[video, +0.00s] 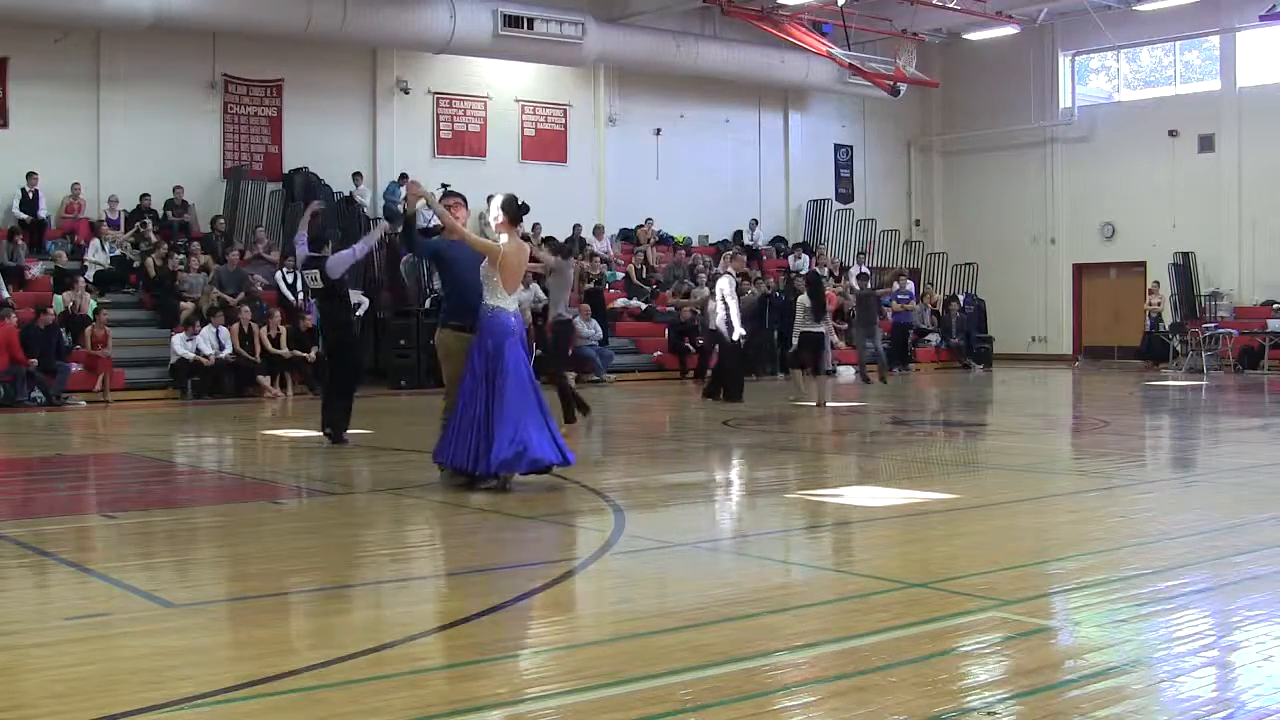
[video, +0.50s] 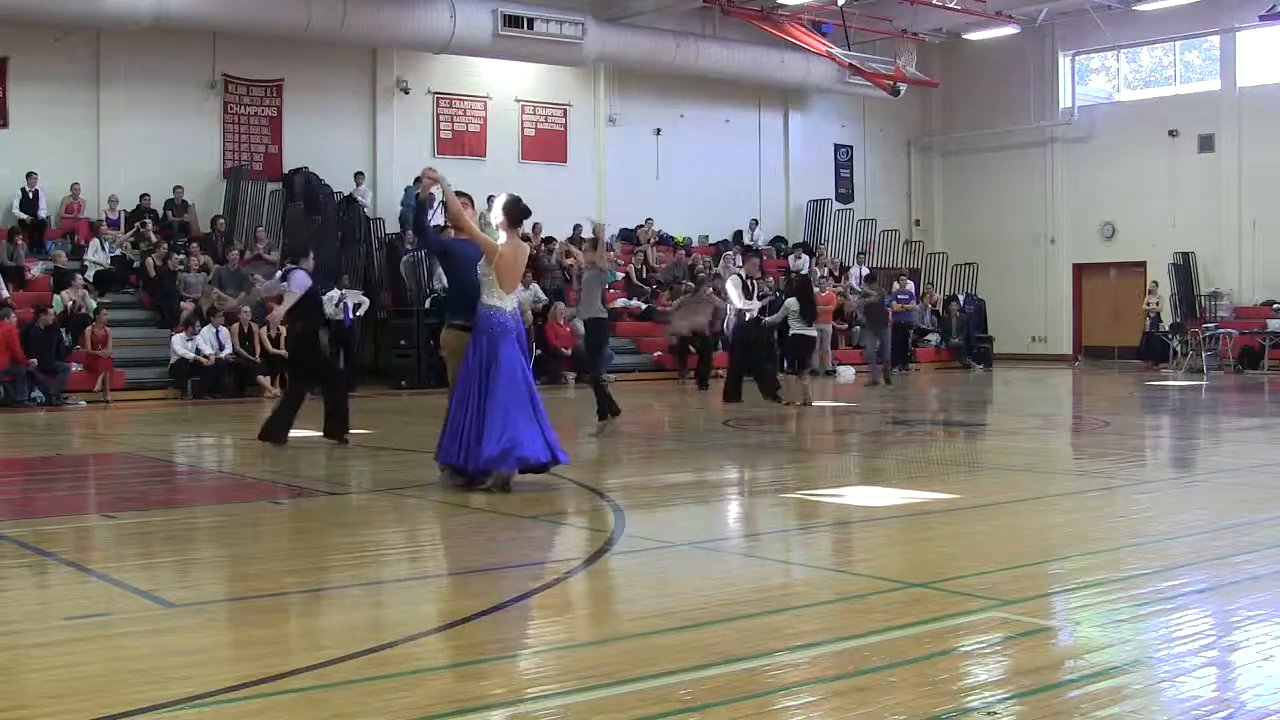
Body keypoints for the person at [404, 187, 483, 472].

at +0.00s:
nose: (452, 211)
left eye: (456, 206)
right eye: (447, 208)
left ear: (468, 212)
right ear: (440, 215)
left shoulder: (483, 245)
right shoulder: (439, 245)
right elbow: (411, 243)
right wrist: (411, 206)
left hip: (484, 331)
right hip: (454, 331)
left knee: (484, 396)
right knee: (456, 397)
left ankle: (483, 459)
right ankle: (451, 458)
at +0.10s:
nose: (457, 209)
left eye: (462, 205)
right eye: (452, 205)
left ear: (470, 214)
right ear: (442, 213)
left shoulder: (483, 244)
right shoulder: (439, 244)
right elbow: (414, 231)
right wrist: (414, 195)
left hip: (485, 330)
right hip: (455, 330)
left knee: (486, 397)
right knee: (456, 397)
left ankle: (484, 461)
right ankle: (450, 458)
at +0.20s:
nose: (458, 210)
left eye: (462, 205)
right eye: (452, 207)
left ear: (470, 211)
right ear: (444, 213)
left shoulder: (483, 244)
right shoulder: (441, 243)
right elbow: (420, 233)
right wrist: (417, 194)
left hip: (484, 331)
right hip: (456, 332)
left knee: (483, 397)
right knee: (459, 398)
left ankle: (481, 458)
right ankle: (455, 458)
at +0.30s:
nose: (458, 210)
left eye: (462, 205)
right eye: (453, 206)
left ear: (470, 211)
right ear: (445, 213)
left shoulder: (483, 244)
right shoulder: (442, 242)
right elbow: (420, 230)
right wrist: (421, 190)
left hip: (485, 329)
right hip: (457, 329)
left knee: (485, 394)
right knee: (458, 396)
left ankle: (483, 457)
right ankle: (454, 457)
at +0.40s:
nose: (458, 212)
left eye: (461, 207)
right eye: (455, 207)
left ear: (469, 213)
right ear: (450, 215)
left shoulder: (485, 245)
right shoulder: (445, 245)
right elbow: (422, 231)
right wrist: (423, 193)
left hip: (477, 328)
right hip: (460, 328)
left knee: (467, 394)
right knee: (461, 394)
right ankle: (454, 455)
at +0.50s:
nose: (459, 209)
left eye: (465, 205)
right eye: (454, 205)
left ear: (474, 212)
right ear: (447, 214)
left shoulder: (487, 245)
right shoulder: (446, 245)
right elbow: (420, 229)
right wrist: (424, 194)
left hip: (489, 329)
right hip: (459, 328)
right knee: (460, 399)